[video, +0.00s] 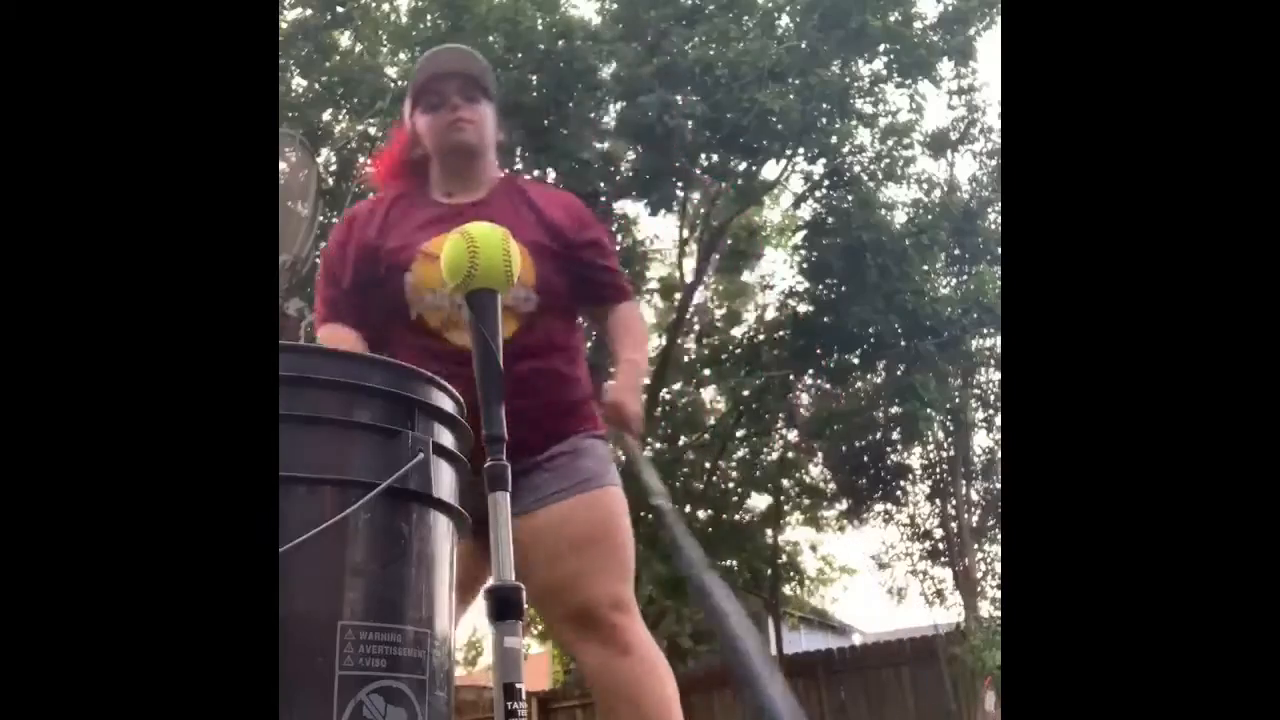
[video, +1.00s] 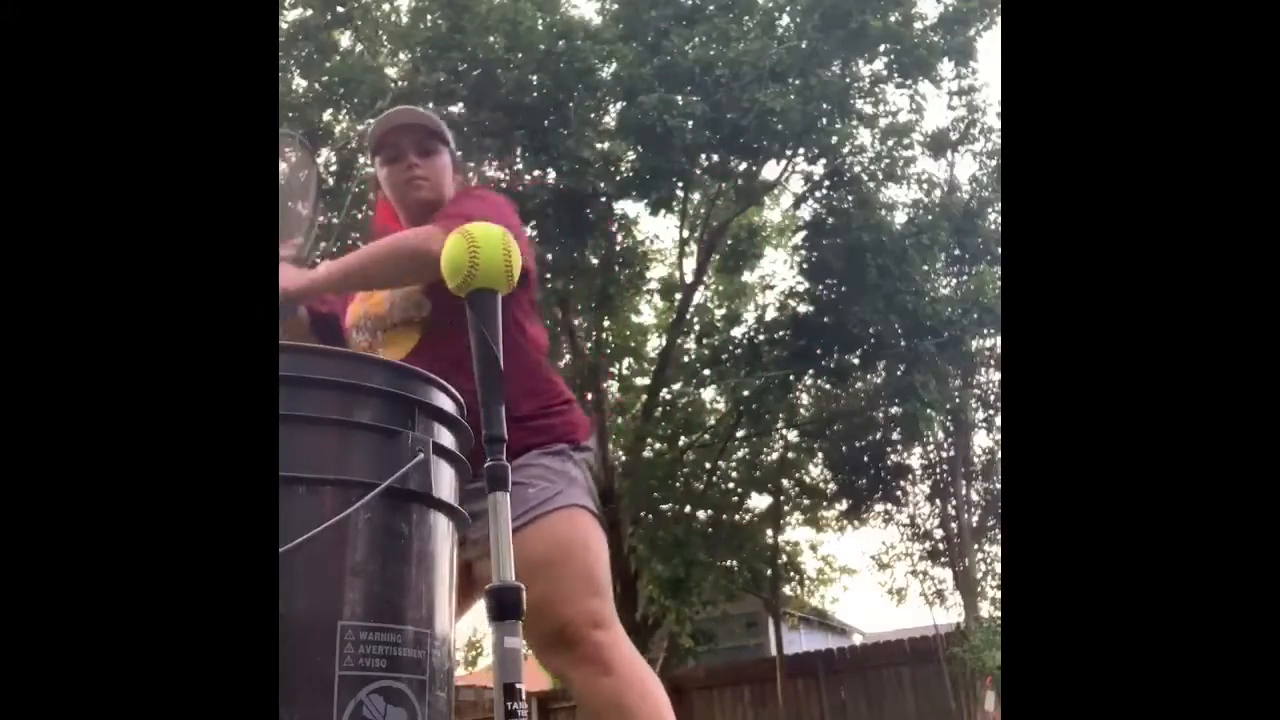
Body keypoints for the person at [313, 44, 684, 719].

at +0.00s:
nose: (456, 107)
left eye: (470, 95)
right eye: (436, 100)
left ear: (495, 116)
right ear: (414, 127)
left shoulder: (557, 212)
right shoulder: (363, 227)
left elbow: (619, 305)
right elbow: (337, 326)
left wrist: (630, 376)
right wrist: (371, 406)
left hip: (556, 450)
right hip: (433, 459)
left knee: (608, 627)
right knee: (401, 636)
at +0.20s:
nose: (443, 124)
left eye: (457, 111)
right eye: (424, 118)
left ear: (481, 127)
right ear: (405, 143)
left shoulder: (541, 203)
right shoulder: (371, 242)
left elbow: (597, 292)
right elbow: (340, 353)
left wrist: (507, 344)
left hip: (555, 447)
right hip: (436, 462)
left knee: (602, 630)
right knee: (396, 639)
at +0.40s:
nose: (462, 133)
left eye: (475, 119)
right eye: (443, 126)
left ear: (500, 132)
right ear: (424, 149)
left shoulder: (552, 198)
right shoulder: (400, 241)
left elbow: (603, 273)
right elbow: (365, 337)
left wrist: (482, 296)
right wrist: (388, 343)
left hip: (562, 440)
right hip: (448, 458)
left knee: (611, 627)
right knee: (418, 651)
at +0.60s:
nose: (466, 141)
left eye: (480, 127)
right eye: (447, 133)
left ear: (506, 141)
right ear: (429, 157)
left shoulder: (551, 197)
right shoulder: (406, 247)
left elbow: (592, 254)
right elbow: (361, 364)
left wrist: (463, 254)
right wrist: (360, 288)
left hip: (564, 444)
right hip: (448, 464)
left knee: (614, 630)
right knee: (417, 656)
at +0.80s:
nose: (450, 148)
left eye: (464, 134)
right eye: (430, 141)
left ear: (491, 149)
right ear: (414, 164)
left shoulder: (533, 196)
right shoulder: (393, 247)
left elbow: (542, 236)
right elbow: (332, 346)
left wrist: (399, 243)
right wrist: (315, 267)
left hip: (554, 443)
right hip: (444, 461)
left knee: (608, 631)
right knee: (415, 649)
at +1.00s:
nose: (412, 164)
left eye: (426, 150)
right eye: (393, 158)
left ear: (453, 161)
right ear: (377, 180)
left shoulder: (486, 208)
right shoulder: (371, 263)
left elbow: (446, 250)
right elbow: (343, 347)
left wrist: (308, 279)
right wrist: (296, 303)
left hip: (525, 452)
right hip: (424, 467)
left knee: (584, 638)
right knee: (378, 639)